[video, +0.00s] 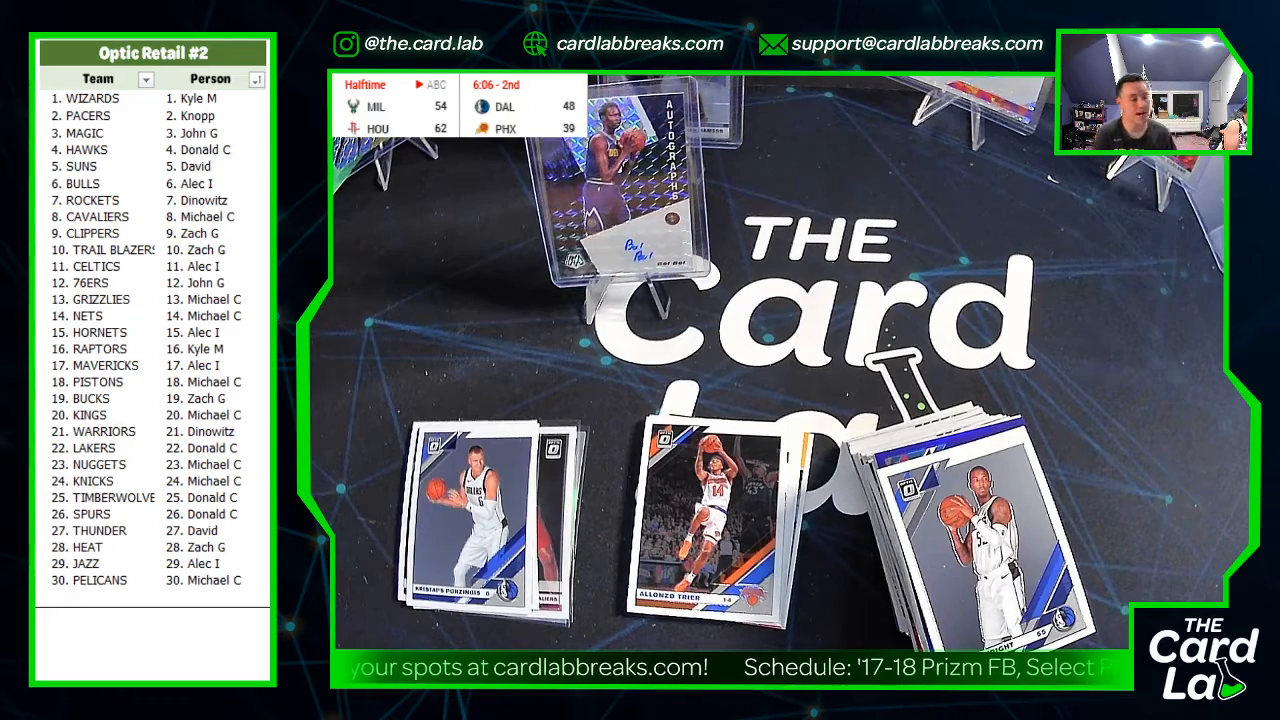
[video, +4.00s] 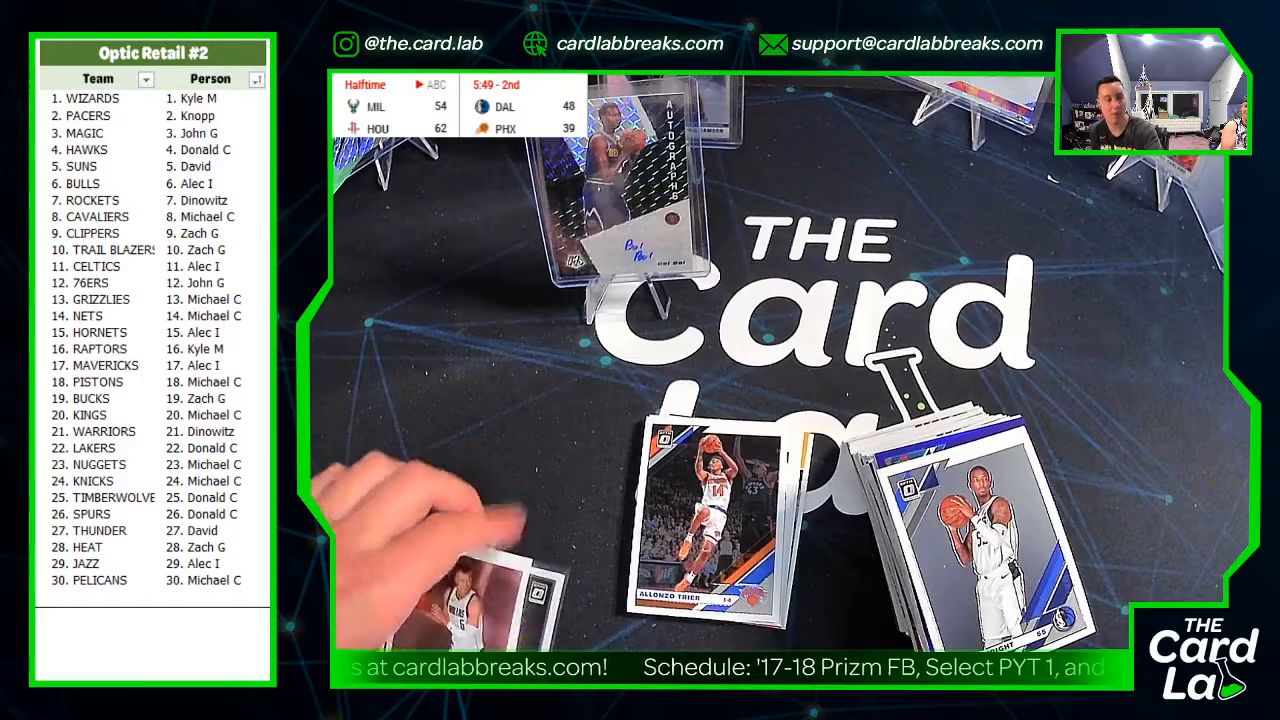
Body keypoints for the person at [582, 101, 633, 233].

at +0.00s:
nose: (618, 118)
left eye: (619, 114)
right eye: (613, 115)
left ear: (621, 116)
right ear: (603, 118)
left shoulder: (616, 141)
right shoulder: (598, 140)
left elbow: (622, 175)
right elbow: (606, 176)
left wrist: (633, 154)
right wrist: (624, 153)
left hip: (612, 189)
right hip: (596, 191)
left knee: (625, 229)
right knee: (598, 236)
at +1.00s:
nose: (618, 118)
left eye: (618, 114)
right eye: (613, 115)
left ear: (620, 116)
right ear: (604, 118)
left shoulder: (616, 140)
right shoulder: (598, 140)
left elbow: (620, 177)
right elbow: (606, 175)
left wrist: (633, 157)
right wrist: (624, 152)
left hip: (612, 188)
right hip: (597, 190)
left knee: (626, 230)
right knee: (597, 236)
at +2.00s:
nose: (618, 118)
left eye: (619, 115)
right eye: (614, 115)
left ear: (620, 116)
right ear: (604, 118)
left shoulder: (617, 141)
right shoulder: (598, 140)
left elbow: (620, 178)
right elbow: (607, 175)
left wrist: (633, 155)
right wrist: (624, 153)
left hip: (612, 189)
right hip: (596, 192)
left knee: (625, 231)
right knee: (598, 237)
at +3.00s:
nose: (617, 118)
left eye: (618, 114)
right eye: (613, 115)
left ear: (620, 117)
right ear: (603, 118)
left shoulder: (616, 141)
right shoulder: (598, 140)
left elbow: (622, 173)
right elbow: (606, 176)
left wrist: (633, 153)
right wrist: (624, 154)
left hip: (613, 189)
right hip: (597, 191)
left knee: (624, 229)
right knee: (599, 234)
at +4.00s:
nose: (617, 118)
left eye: (618, 114)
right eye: (612, 115)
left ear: (620, 117)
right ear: (603, 118)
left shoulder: (616, 140)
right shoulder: (598, 140)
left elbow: (622, 170)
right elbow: (606, 175)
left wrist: (632, 153)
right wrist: (624, 154)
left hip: (612, 187)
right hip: (598, 189)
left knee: (625, 219)